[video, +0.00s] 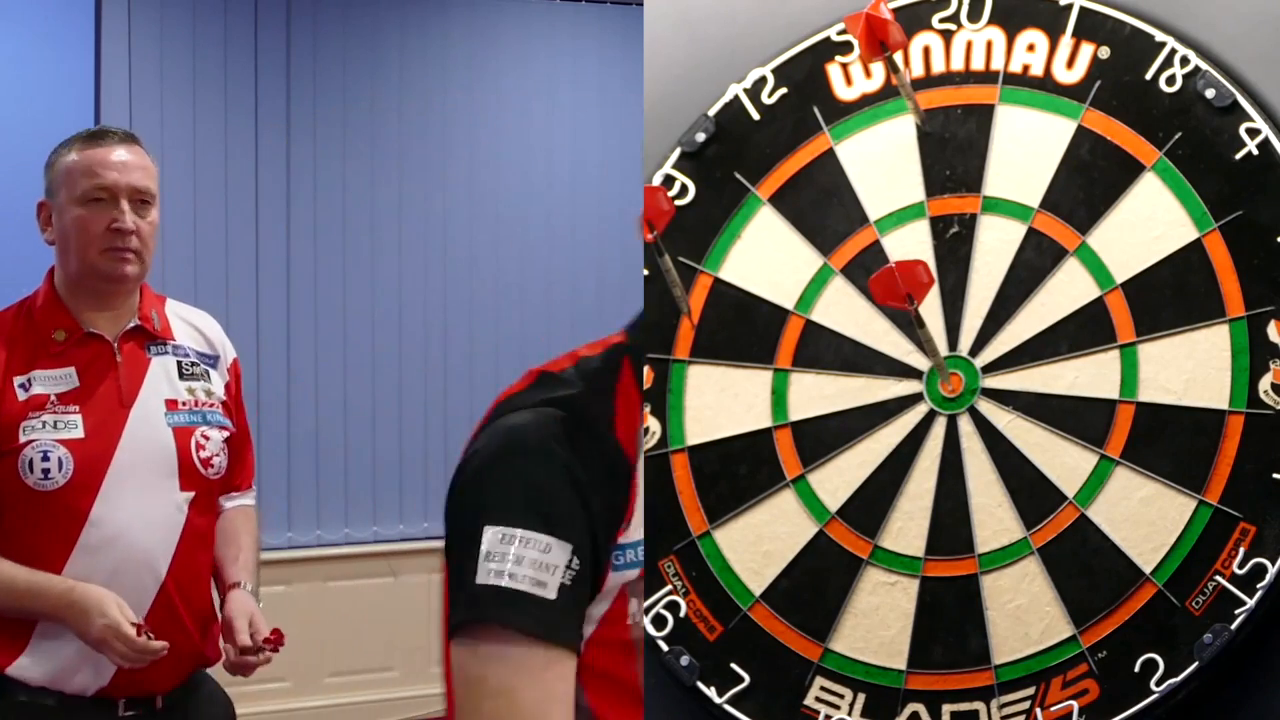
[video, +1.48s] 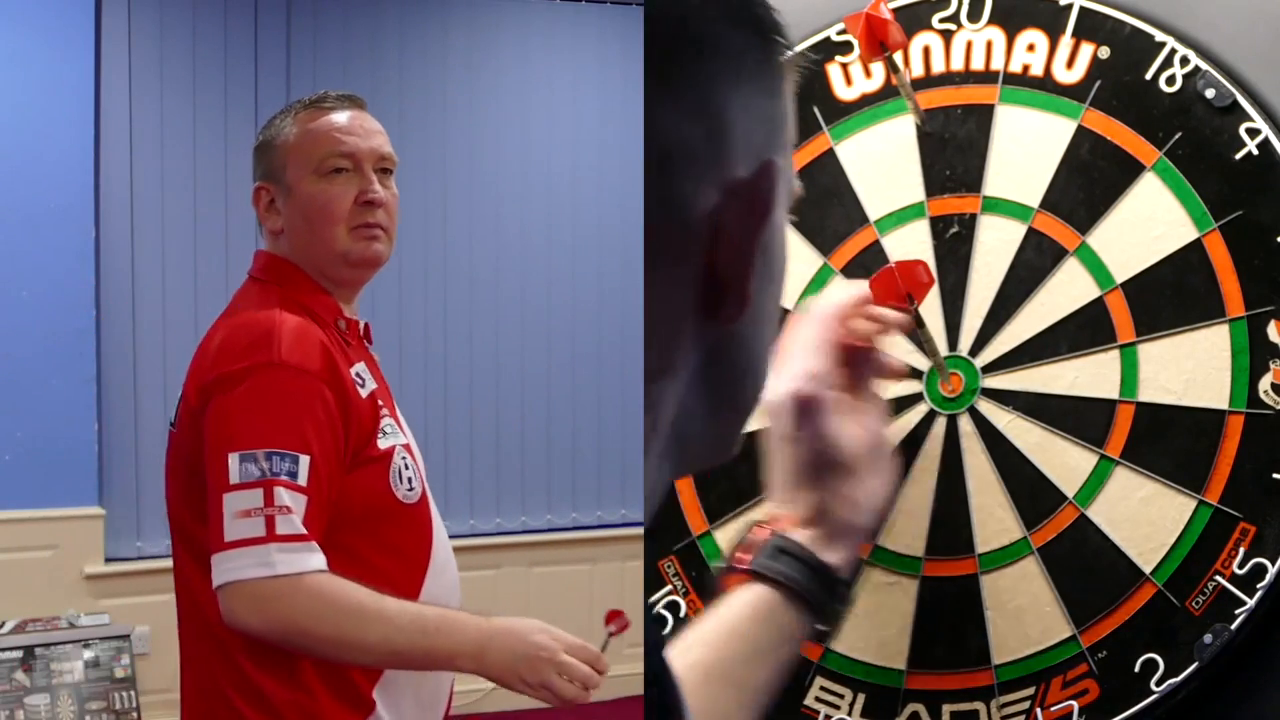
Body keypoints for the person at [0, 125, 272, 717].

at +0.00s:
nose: (127, 222)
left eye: (142, 203)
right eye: (99, 200)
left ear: (158, 219)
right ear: (48, 222)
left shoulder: (206, 345)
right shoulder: (8, 349)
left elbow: (233, 492)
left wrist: (238, 589)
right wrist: (67, 600)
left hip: (182, 695)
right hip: (38, 697)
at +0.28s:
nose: (175, 268)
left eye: (193, 245)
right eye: (151, 242)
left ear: (207, 241)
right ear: (90, 232)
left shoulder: (223, 351)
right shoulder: (17, 364)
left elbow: (235, 507)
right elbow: (2, 566)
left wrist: (258, 617)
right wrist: (108, 618)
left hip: (205, 699)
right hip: (56, 703)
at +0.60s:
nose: (266, 284)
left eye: (283, 259)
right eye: (243, 257)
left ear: (296, 250)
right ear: (176, 238)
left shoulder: (284, 355)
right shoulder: (92, 370)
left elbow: (284, 533)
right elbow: (21, 571)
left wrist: (322, 643)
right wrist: (199, 637)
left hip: (278, 702)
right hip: (139, 708)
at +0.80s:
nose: (305, 239)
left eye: (319, 214)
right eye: (276, 213)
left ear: (331, 221)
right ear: (209, 224)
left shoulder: (309, 346)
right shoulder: (140, 362)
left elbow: (316, 532)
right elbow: (75, 572)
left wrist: (362, 652)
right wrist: (263, 630)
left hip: (311, 704)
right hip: (184, 708)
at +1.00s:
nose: (321, 212)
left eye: (333, 190)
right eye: (290, 189)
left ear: (346, 204)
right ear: (225, 216)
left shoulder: (313, 340)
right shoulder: (186, 346)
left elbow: (323, 541)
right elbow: (126, 568)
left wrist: (388, 667)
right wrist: (330, 630)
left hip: (339, 702)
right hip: (228, 704)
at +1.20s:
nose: (341, 201)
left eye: (352, 181)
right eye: (308, 179)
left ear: (365, 199)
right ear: (242, 211)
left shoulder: (310, 337)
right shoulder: (227, 338)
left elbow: (316, 543)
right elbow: (187, 568)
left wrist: (400, 663)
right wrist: (399, 622)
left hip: (355, 703)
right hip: (263, 704)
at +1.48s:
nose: (375, 193)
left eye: (385, 172)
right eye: (339, 171)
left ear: (397, 193)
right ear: (271, 208)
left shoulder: (331, 336)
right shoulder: (275, 345)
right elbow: (261, 589)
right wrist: (482, 643)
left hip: (371, 701)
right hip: (308, 704)